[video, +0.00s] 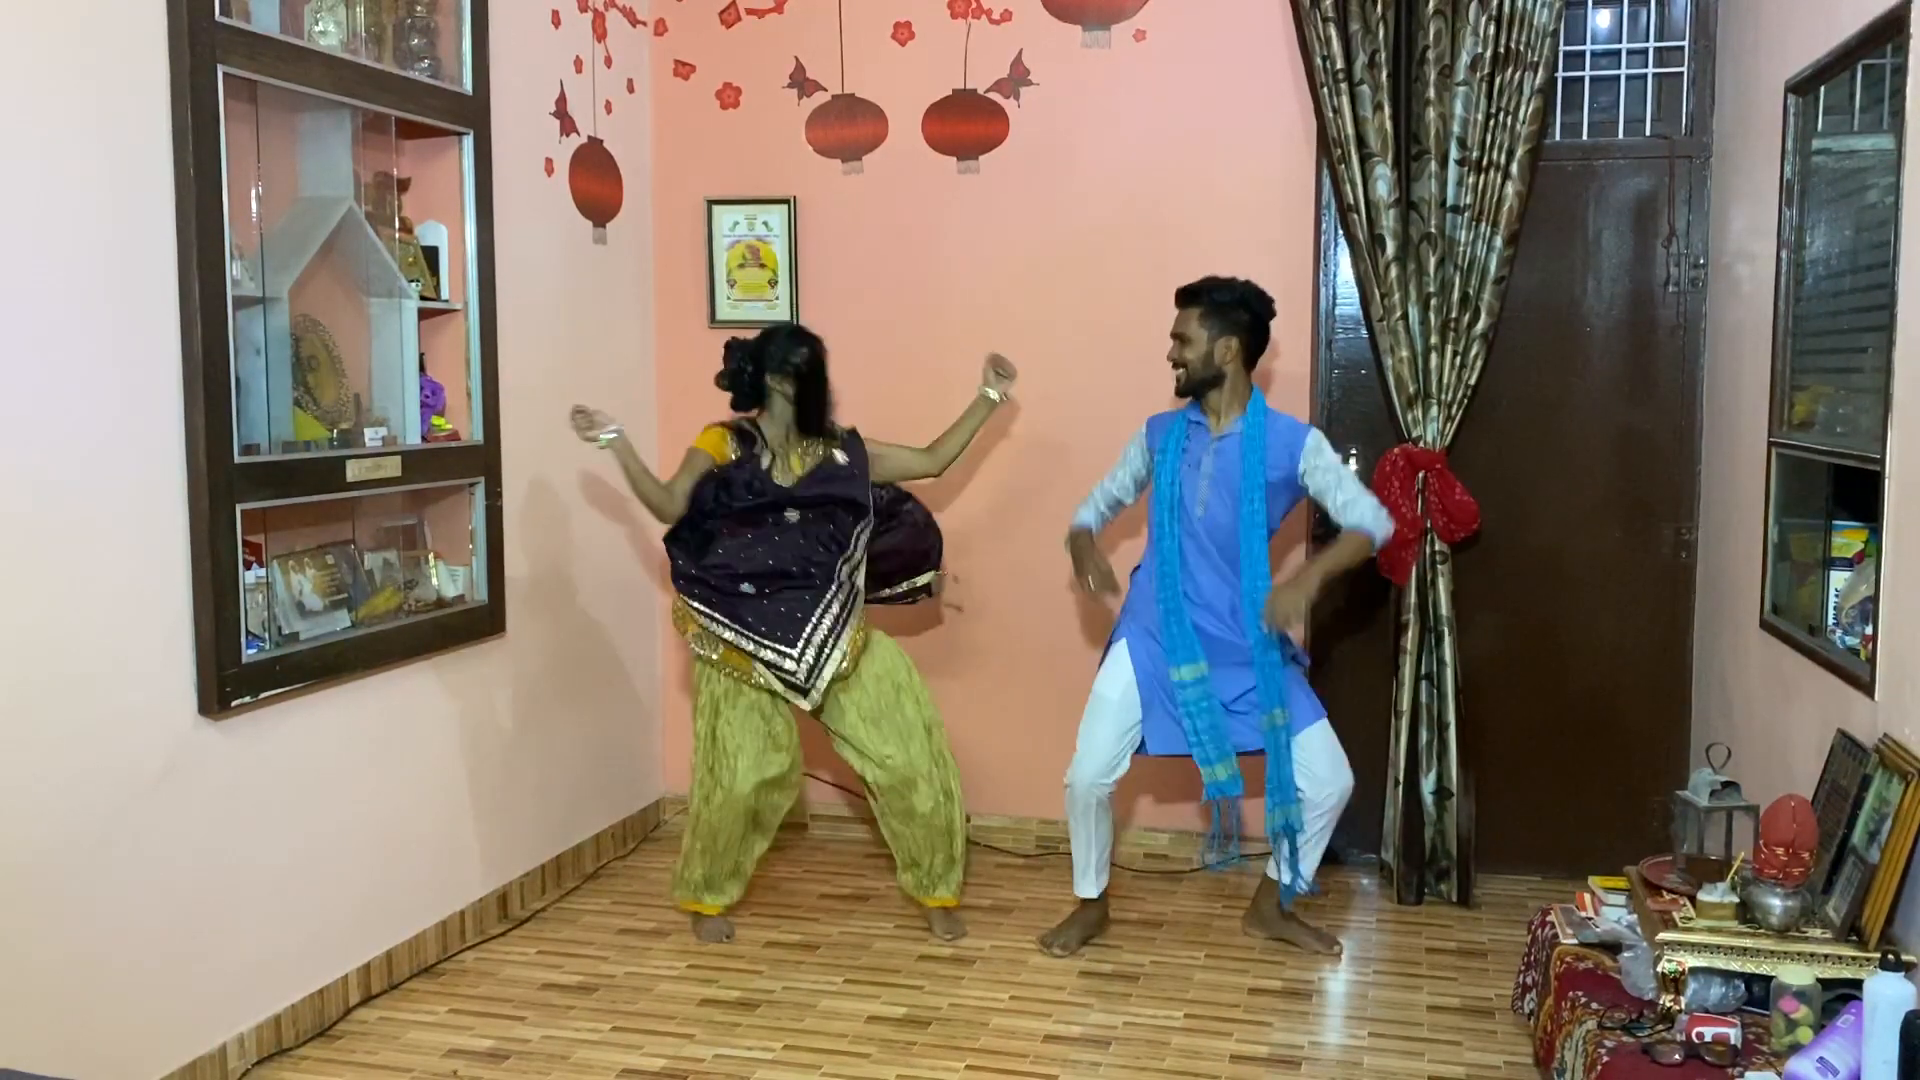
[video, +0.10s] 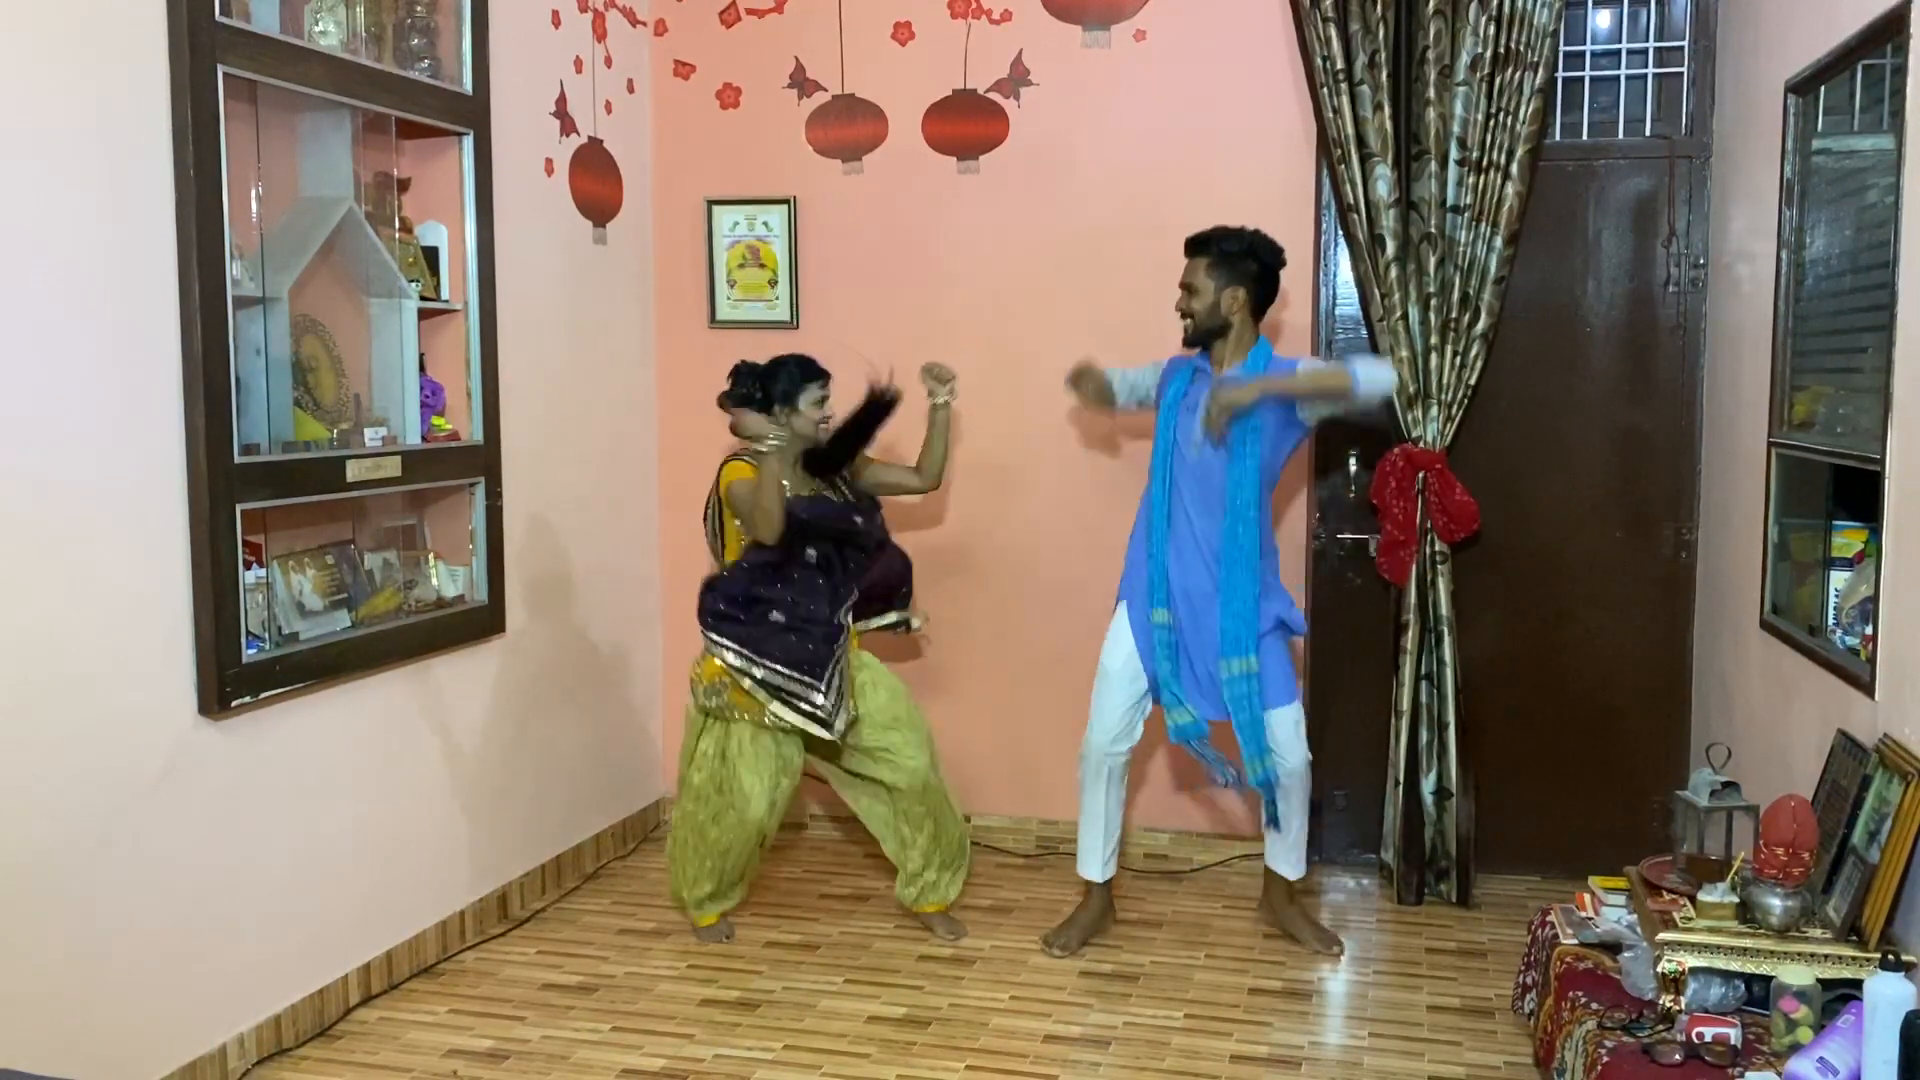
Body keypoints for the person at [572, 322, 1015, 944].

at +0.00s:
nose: (779, 379)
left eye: (778, 367)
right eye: (773, 368)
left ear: (766, 376)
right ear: (800, 377)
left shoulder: (842, 449)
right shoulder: (721, 444)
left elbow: (931, 460)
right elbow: (669, 508)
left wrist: (987, 398)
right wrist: (618, 440)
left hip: (837, 632)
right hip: (739, 637)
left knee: (913, 754)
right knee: (747, 772)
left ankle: (939, 890)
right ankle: (709, 897)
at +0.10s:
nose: (829, 413)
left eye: (828, 403)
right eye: (817, 405)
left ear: (816, 410)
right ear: (781, 414)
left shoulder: (833, 465)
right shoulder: (741, 472)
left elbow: (924, 478)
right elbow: (766, 531)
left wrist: (939, 407)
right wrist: (774, 451)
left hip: (829, 656)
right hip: (751, 664)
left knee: (910, 764)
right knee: (746, 800)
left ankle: (929, 891)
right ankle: (707, 896)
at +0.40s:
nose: (837, 307)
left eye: (837, 298)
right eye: (823, 299)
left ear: (841, 318)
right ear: (796, 324)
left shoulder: (857, 368)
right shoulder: (804, 374)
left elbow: (883, 293)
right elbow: (830, 272)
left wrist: (904, 217)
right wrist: (846, 167)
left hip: (875, 583)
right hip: (809, 578)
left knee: (903, 733)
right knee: (777, 726)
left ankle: (938, 874)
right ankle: (731, 867)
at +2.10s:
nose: (889, 364)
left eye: (887, 350)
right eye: (879, 352)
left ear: (840, 362)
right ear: (845, 360)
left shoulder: (825, 419)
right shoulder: (853, 418)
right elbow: (923, 468)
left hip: (905, 612)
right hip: (859, 615)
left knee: (948, 748)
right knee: (842, 761)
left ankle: (952, 885)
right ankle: (797, 899)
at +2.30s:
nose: (892, 394)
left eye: (890, 382)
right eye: (883, 384)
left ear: (838, 395)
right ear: (850, 394)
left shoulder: (817, 471)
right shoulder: (892, 440)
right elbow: (982, 494)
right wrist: (1027, 416)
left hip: (872, 631)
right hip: (922, 629)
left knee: (953, 766)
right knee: (860, 772)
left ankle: (948, 898)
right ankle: (782, 915)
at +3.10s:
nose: (851, 387)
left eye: (851, 375)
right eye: (837, 378)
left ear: (845, 377)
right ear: (798, 386)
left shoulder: (859, 427)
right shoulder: (798, 452)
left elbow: (938, 430)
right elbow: (904, 477)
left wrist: (1014, 414)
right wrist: (994, 455)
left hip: (920, 612)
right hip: (865, 615)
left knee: (966, 742)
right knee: (839, 754)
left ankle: (954, 886)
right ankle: (754, 884)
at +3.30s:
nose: (802, 420)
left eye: (802, 409)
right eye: (789, 412)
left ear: (802, 410)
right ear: (750, 423)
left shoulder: (817, 458)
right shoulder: (763, 486)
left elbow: (907, 453)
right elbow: (868, 483)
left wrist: (991, 443)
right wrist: (977, 467)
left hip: (893, 632)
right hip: (834, 635)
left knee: (968, 749)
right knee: (810, 763)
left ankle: (956, 893)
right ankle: (737, 898)